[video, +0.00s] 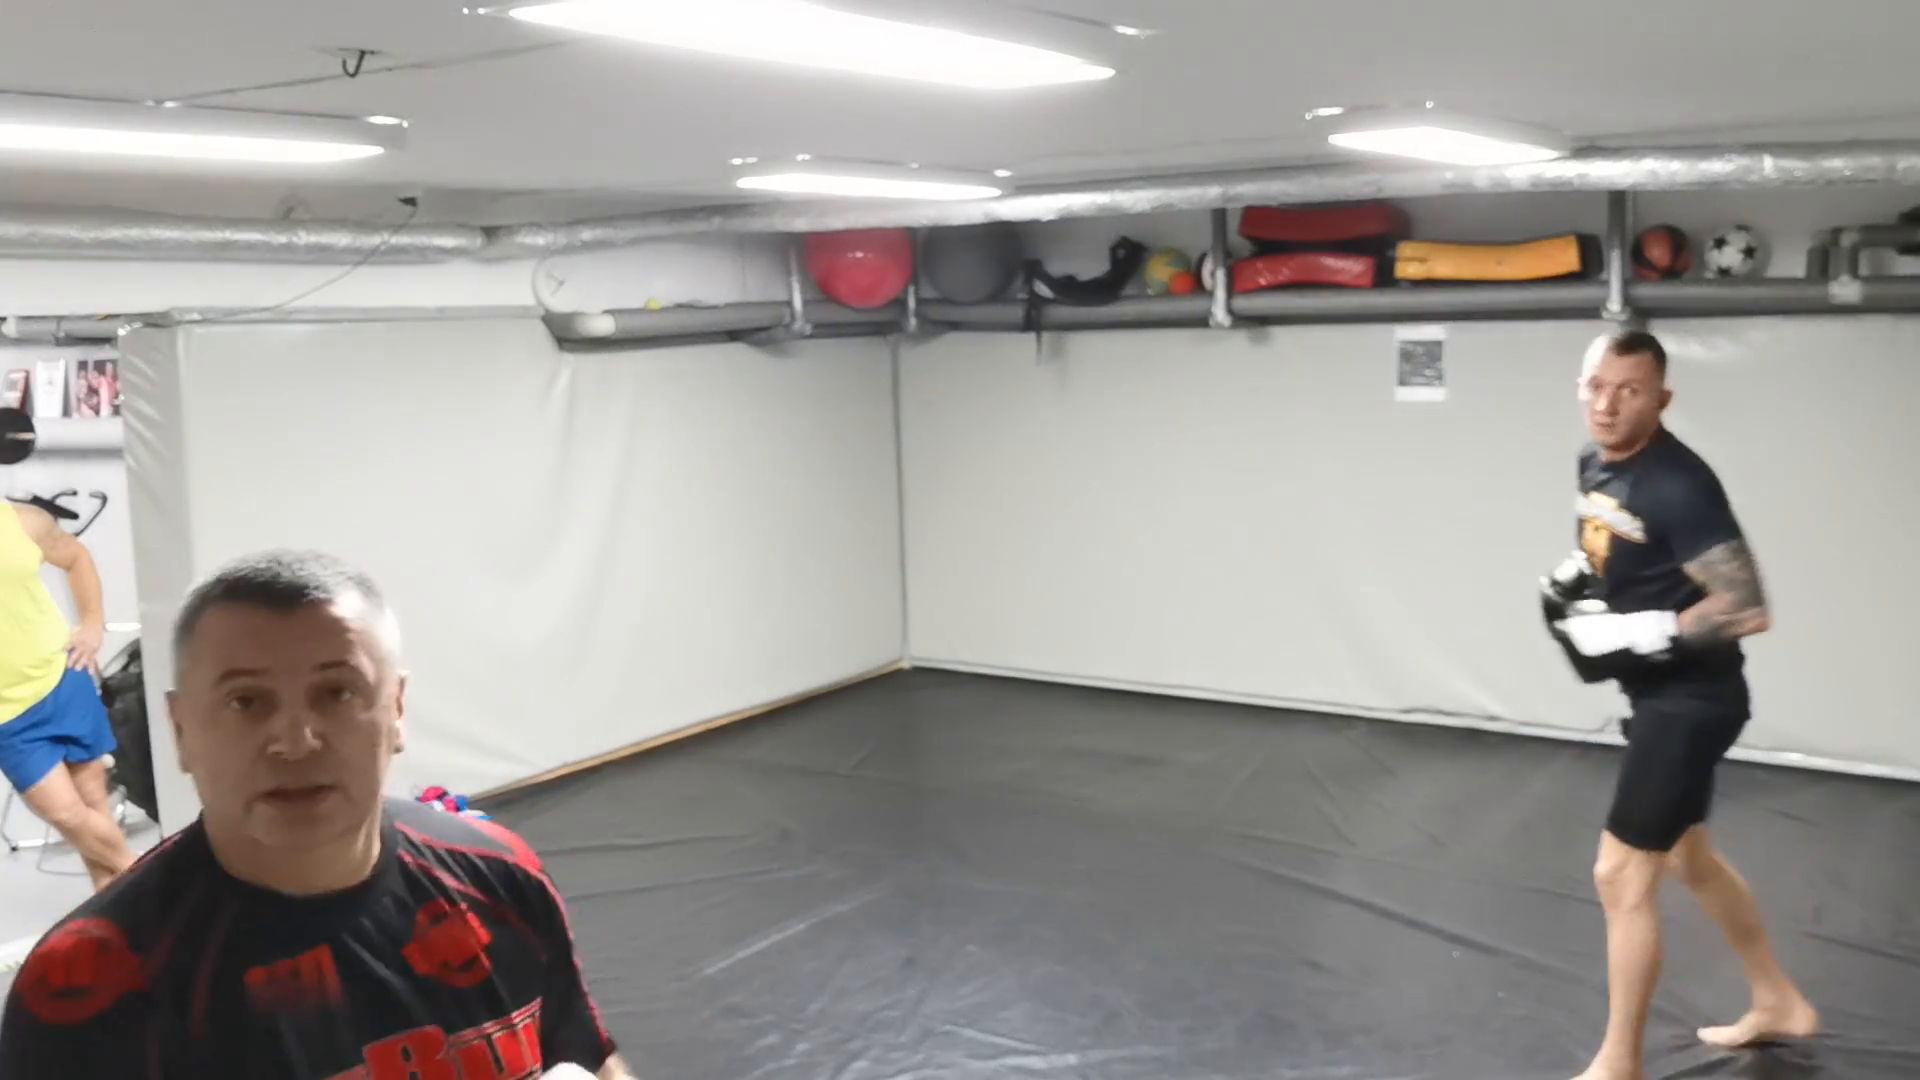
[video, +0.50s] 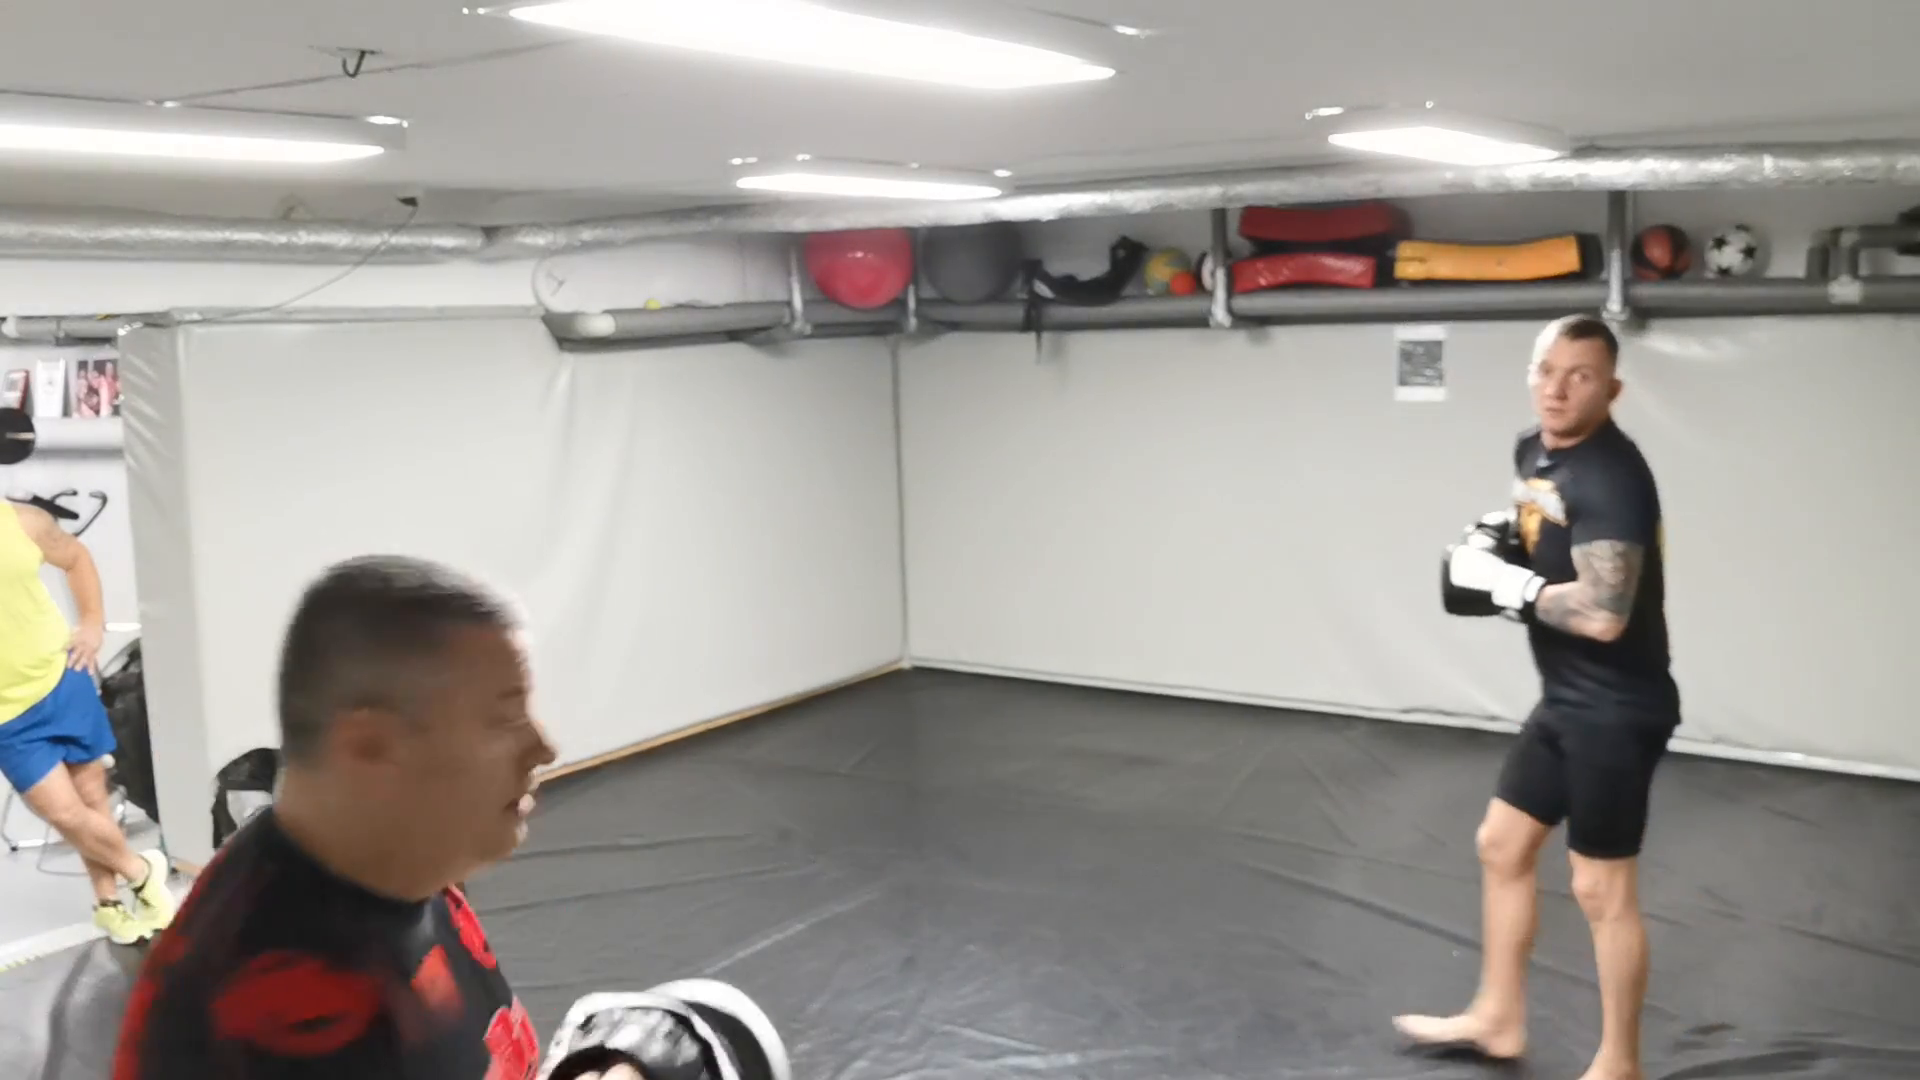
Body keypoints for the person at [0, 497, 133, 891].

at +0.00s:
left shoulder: (23, 522)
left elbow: (76, 557)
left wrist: (92, 623)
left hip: (64, 683)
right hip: (10, 717)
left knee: (93, 803)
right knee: (65, 816)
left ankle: (113, 909)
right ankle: (147, 880)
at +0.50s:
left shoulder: (19, 521)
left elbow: (76, 558)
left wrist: (92, 623)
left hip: (62, 682)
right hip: (8, 715)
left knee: (92, 797)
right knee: (64, 815)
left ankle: (107, 901)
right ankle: (142, 872)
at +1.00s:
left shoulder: (22, 523)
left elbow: (76, 558)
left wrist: (92, 623)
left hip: (63, 683)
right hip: (9, 716)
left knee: (92, 798)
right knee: (64, 816)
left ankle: (107, 901)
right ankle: (142, 872)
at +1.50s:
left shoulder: (20, 522)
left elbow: (76, 557)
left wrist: (92, 623)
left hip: (62, 683)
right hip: (7, 715)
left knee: (91, 798)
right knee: (65, 816)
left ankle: (107, 901)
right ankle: (142, 872)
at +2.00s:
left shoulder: (21, 522)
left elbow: (76, 558)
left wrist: (93, 623)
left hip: (62, 682)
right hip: (7, 715)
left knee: (91, 797)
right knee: (65, 816)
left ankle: (107, 901)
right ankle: (142, 872)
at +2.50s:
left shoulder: (22, 522)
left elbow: (77, 559)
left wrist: (93, 623)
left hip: (62, 683)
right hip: (8, 716)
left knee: (91, 799)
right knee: (65, 817)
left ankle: (108, 901)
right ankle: (142, 872)